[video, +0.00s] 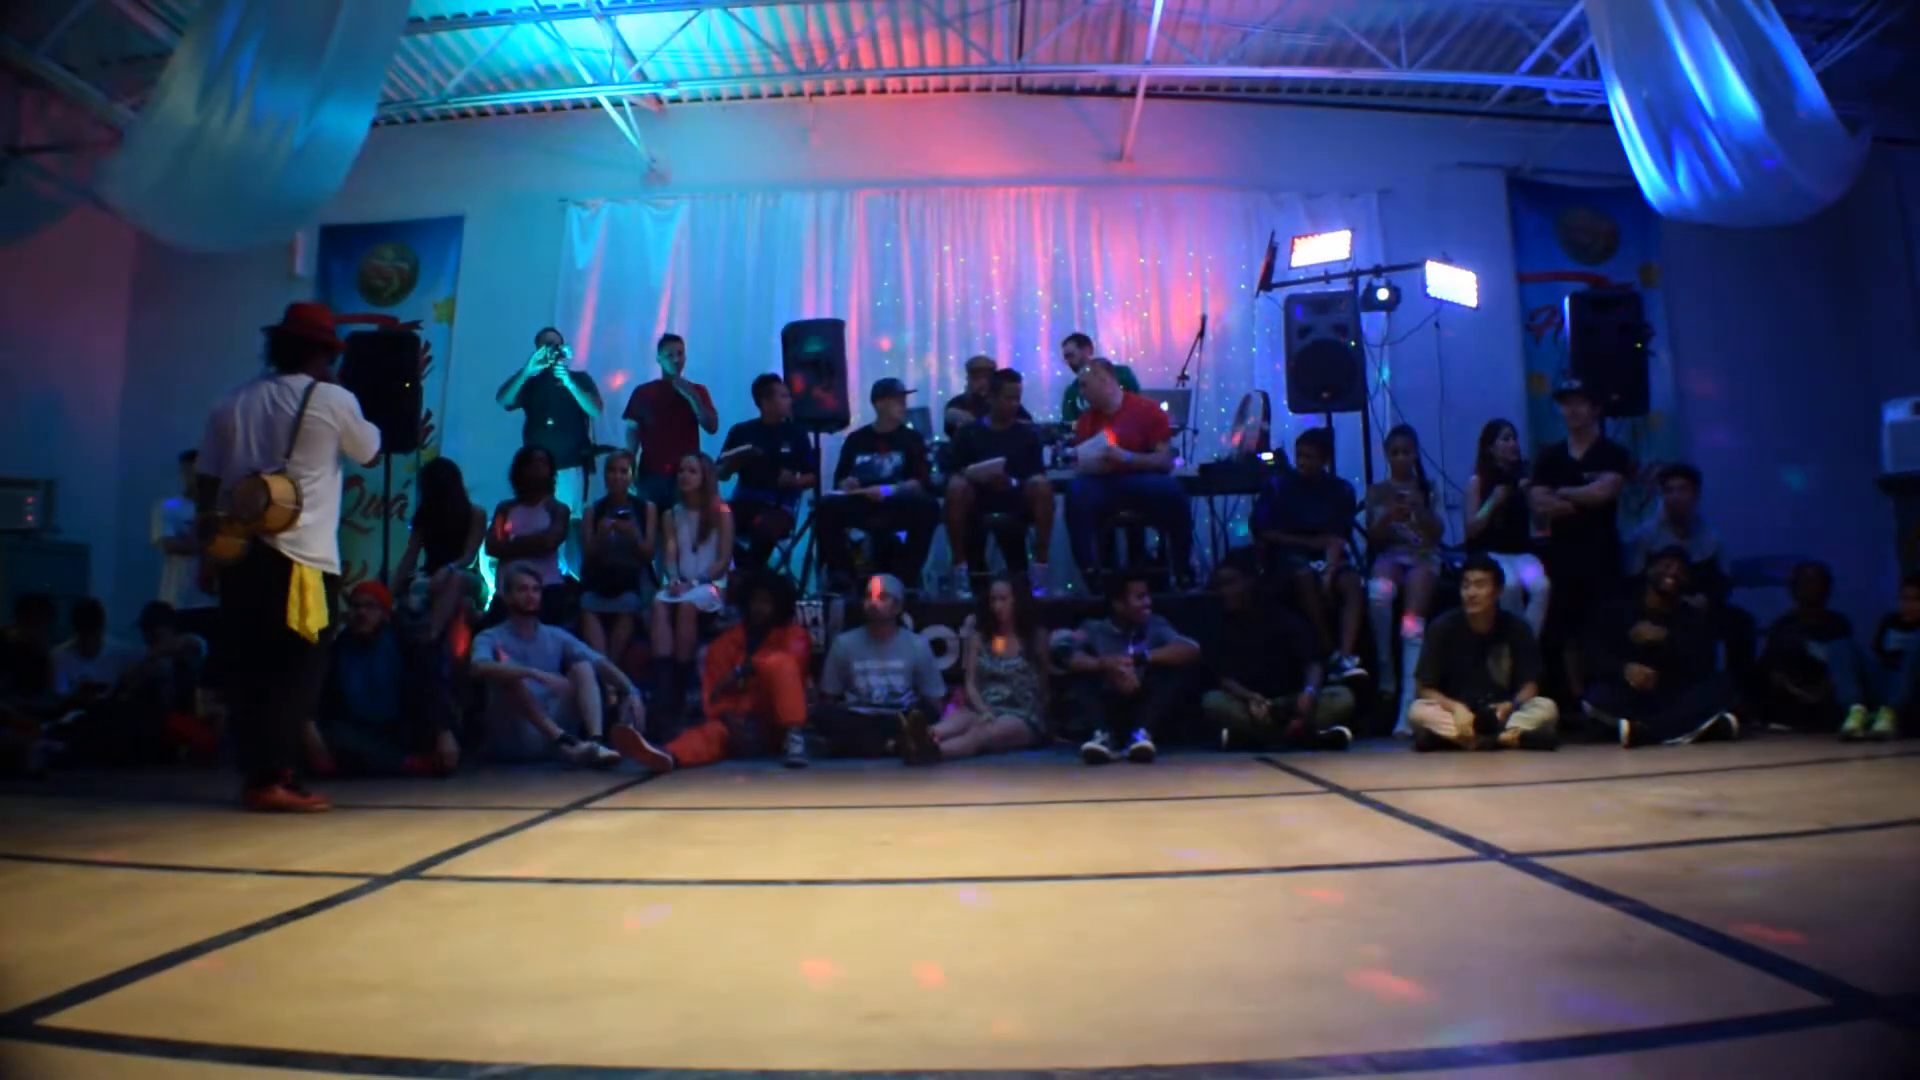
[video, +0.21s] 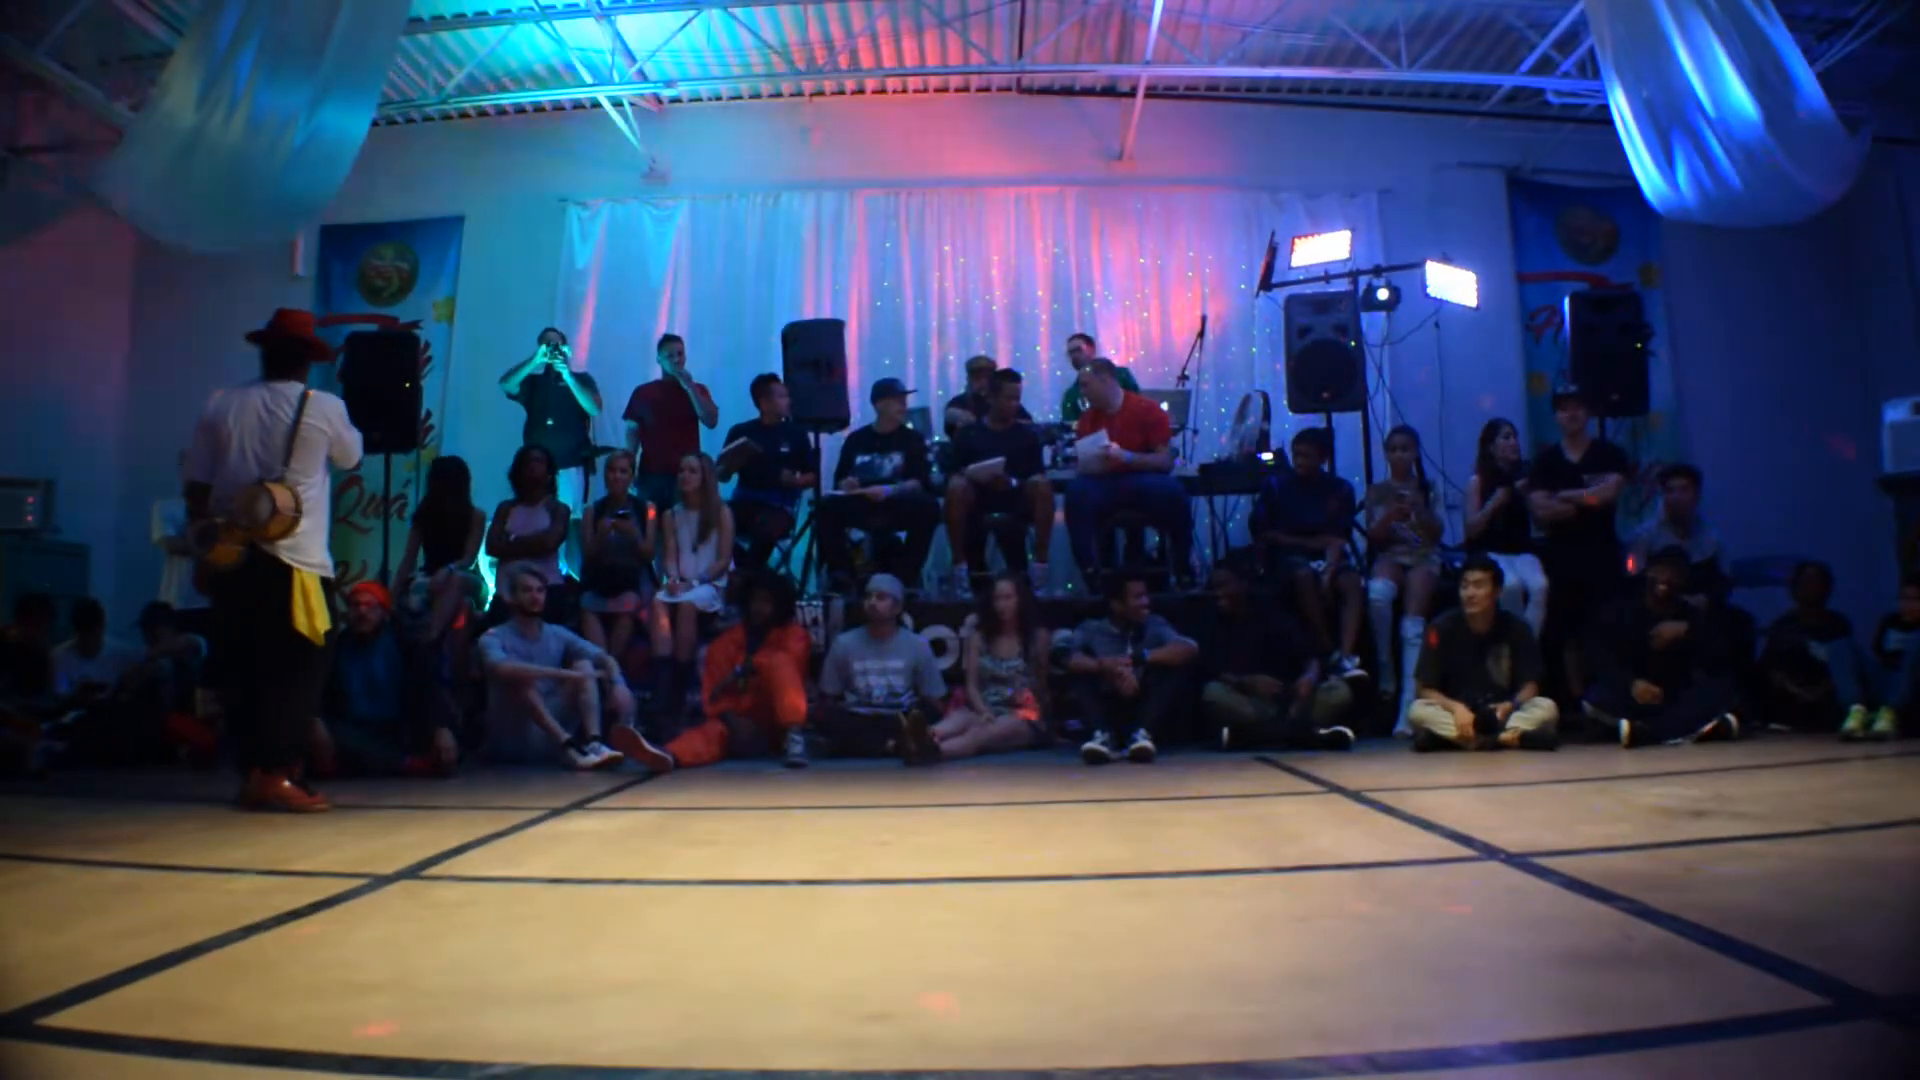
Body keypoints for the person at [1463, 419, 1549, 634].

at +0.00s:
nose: (1512, 444)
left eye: (1514, 438)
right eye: (1505, 439)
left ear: (1518, 442)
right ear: (1490, 446)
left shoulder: (1524, 475)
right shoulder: (1478, 482)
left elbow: (1540, 519)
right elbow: (1471, 528)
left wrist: (1532, 495)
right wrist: (1494, 501)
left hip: (1522, 548)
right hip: (1491, 549)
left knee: (1540, 584)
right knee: (1510, 585)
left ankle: (1530, 642)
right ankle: (1510, 639)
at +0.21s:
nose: (1513, 442)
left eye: (1514, 437)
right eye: (1506, 438)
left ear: (1518, 441)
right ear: (1490, 445)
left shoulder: (1525, 473)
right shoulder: (1478, 482)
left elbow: (1541, 516)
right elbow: (1472, 527)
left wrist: (1530, 495)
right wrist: (1496, 501)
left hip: (1522, 547)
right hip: (1492, 549)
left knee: (1539, 584)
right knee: (1511, 585)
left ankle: (1529, 643)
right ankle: (1510, 639)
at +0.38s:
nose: (1512, 441)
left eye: (1513, 436)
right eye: (1505, 436)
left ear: (1518, 440)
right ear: (1490, 444)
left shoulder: (1525, 474)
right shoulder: (1478, 481)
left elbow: (1540, 519)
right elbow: (1471, 526)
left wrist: (1527, 503)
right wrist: (1490, 500)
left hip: (1522, 548)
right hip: (1493, 549)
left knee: (1539, 585)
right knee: (1512, 584)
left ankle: (1529, 645)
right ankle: (1509, 640)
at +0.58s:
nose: (1512, 441)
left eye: (1513, 435)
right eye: (1504, 436)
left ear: (1518, 439)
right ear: (1489, 443)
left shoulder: (1525, 473)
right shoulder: (1479, 479)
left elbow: (1538, 516)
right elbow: (1471, 526)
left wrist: (1524, 511)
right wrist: (1485, 497)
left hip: (1523, 548)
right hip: (1493, 548)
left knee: (1537, 586)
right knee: (1510, 588)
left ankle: (1531, 645)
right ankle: (1508, 643)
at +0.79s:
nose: (1512, 441)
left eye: (1513, 436)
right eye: (1504, 436)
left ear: (1518, 440)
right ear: (1489, 443)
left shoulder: (1525, 472)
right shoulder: (1479, 479)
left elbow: (1538, 514)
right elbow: (1470, 526)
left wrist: (1526, 512)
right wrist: (1483, 497)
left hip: (1522, 547)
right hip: (1492, 548)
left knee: (1537, 587)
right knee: (1511, 588)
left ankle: (1531, 645)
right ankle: (1509, 644)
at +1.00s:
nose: (1505, 448)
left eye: (1509, 442)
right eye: (1498, 442)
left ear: (1516, 445)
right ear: (1486, 447)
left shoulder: (1527, 476)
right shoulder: (1478, 481)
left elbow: (1538, 518)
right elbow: (1471, 530)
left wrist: (1522, 508)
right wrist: (1480, 499)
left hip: (1523, 549)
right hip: (1491, 550)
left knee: (1535, 587)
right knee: (1511, 590)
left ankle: (1531, 645)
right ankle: (1506, 644)